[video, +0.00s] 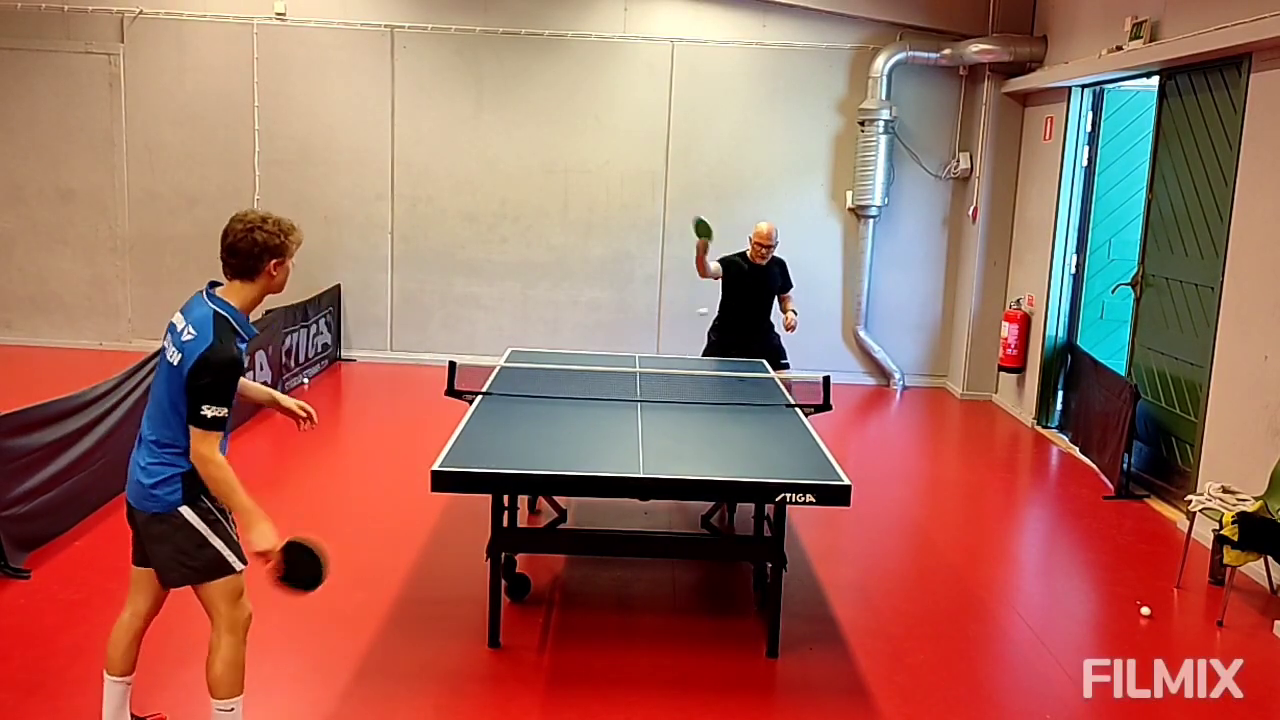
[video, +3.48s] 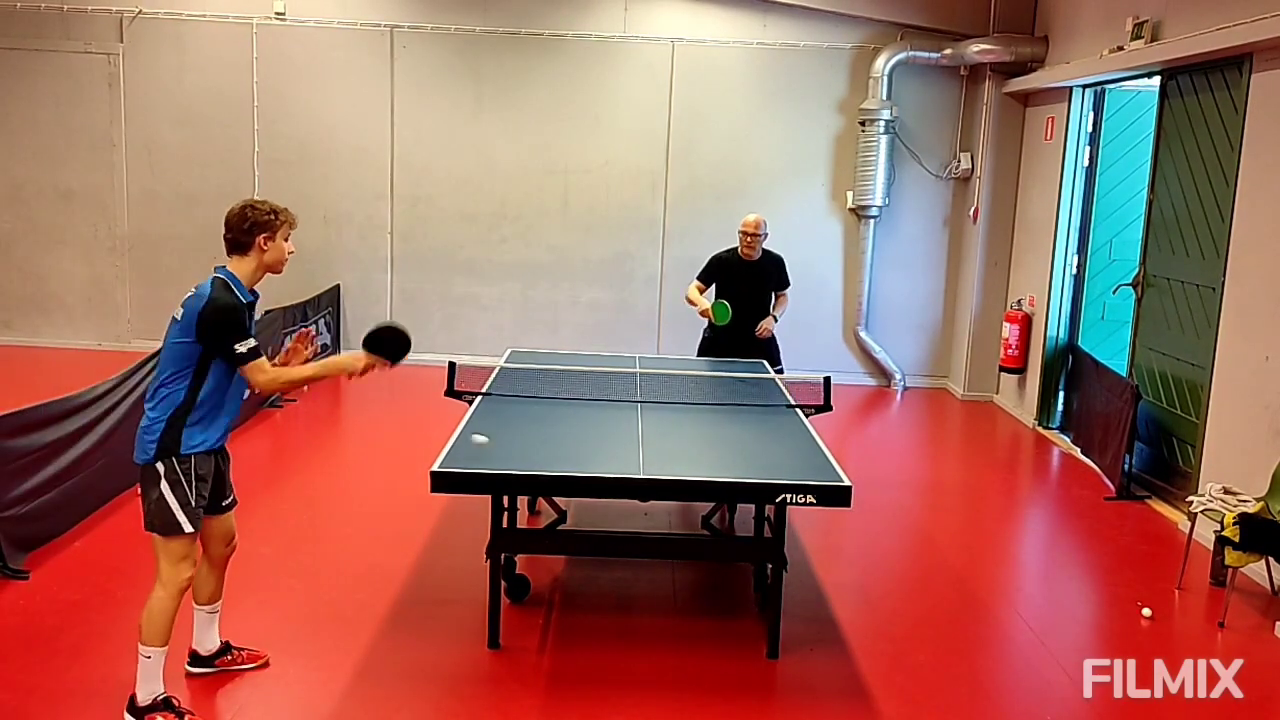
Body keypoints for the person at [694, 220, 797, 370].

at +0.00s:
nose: (763, 252)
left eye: (769, 247)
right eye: (759, 246)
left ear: (776, 246)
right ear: (750, 241)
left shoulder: (778, 266)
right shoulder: (734, 263)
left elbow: (785, 298)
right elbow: (705, 272)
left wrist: (790, 313)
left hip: (762, 337)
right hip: (726, 335)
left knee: (784, 383)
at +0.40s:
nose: (754, 235)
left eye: (759, 231)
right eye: (750, 230)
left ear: (768, 234)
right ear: (743, 229)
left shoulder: (774, 263)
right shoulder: (723, 257)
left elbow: (782, 298)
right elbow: (687, 275)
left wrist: (778, 311)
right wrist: (691, 282)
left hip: (754, 335)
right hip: (716, 333)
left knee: (773, 385)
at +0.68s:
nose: (753, 235)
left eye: (759, 231)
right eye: (749, 229)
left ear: (767, 234)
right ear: (742, 229)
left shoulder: (770, 264)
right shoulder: (720, 256)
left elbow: (772, 298)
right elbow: (691, 286)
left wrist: (773, 312)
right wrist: (707, 305)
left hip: (746, 335)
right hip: (710, 332)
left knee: (768, 382)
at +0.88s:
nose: (768, 236)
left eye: (773, 232)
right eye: (763, 230)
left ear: (781, 235)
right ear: (755, 230)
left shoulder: (784, 265)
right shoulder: (735, 257)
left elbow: (784, 298)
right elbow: (709, 289)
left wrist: (787, 314)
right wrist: (730, 308)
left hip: (763, 338)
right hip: (726, 335)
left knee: (783, 386)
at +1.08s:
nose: (786, 225)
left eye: (791, 221)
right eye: (782, 220)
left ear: (799, 224)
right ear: (774, 220)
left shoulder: (805, 255)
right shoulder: (754, 249)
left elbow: (812, 287)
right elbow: (729, 282)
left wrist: (811, 306)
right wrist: (750, 298)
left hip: (781, 331)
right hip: (746, 327)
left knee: (790, 385)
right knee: (725, 378)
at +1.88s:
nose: (765, 226)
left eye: (770, 222)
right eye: (761, 221)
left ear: (783, 221)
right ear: (755, 221)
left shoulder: (796, 251)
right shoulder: (743, 247)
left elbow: (809, 287)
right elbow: (719, 277)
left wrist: (799, 317)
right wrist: (727, 283)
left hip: (776, 331)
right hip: (741, 329)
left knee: (783, 385)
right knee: (729, 382)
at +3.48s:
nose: (748, 240)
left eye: (755, 236)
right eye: (744, 234)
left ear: (765, 238)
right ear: (738, 234)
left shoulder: (774, 263)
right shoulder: (721, 261)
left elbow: (782, 297)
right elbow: (692, 291)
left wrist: (773, 318)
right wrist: (702, 303)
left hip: (758, 343)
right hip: (720, 342)